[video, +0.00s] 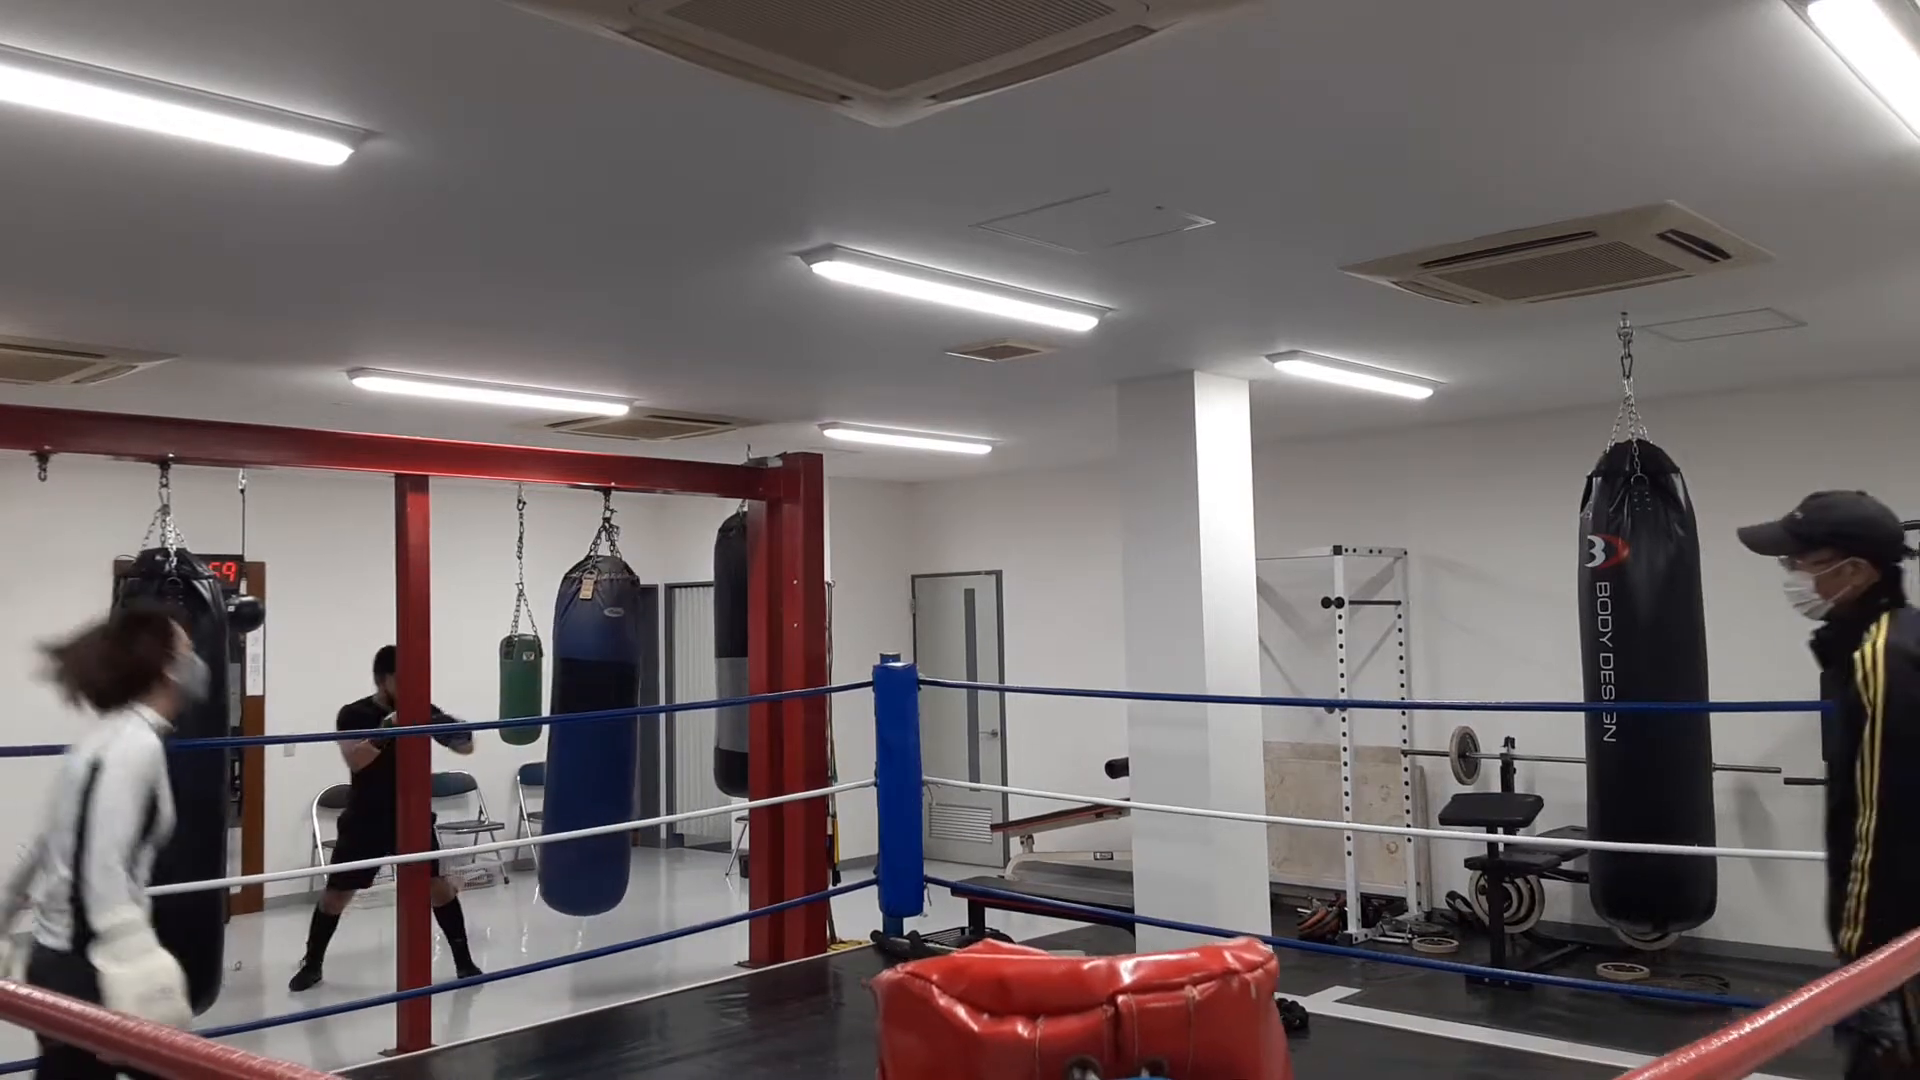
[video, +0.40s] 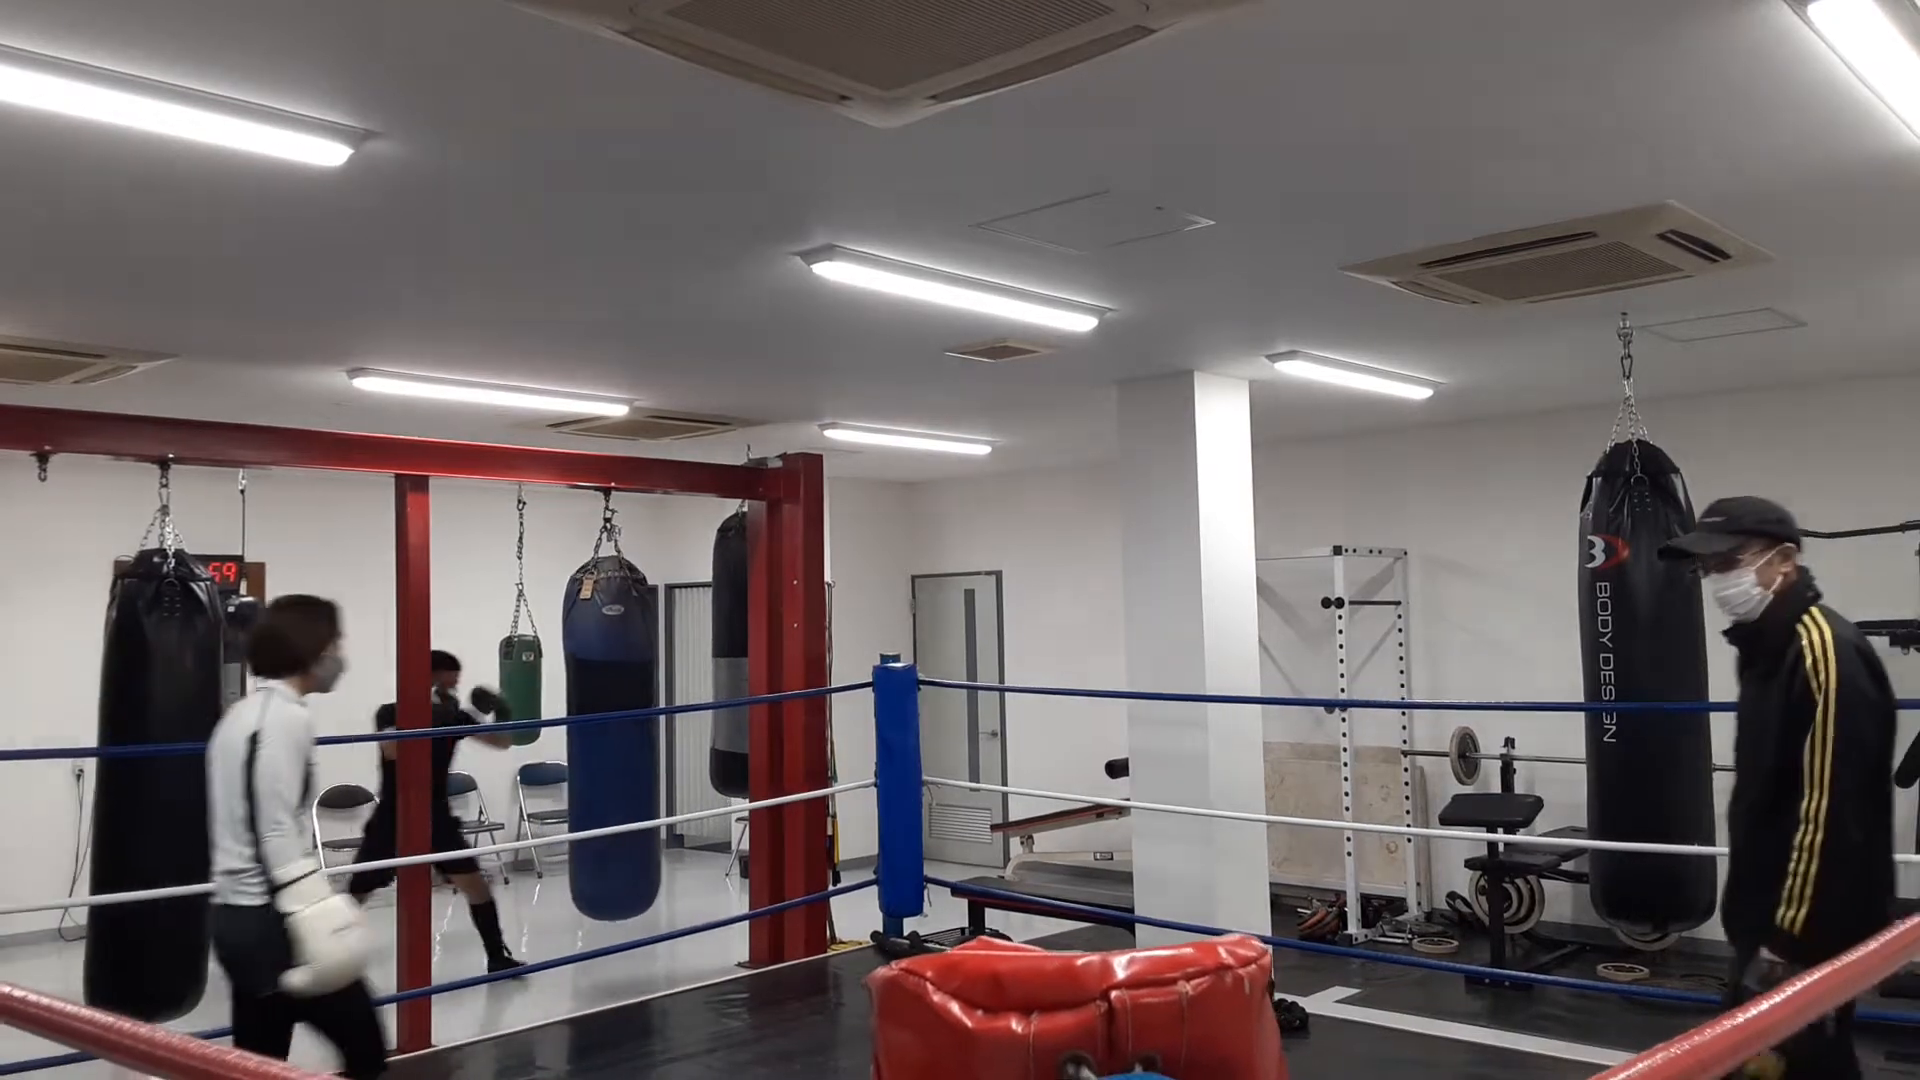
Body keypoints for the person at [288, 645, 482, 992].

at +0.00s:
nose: (406, 683)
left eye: (409, 676)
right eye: (399, 677)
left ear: (413, 679)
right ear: (382, 678)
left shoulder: (419, 710)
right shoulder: (355, 714)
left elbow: (465, 745)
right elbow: (354, 759)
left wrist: (451, 731)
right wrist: (388, 729)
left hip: (412, 817)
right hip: (365, 819)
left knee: (437, 885)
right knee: (337, 892)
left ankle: (463, 961)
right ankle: (312, 965)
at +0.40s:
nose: (452, 687)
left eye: (455, 682)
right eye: (447, 681)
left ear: (456, 681)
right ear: (427, 678)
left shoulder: (455, 717)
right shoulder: (391, 714)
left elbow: (502, 741)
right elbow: (392, 751)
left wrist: (499, 709)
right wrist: (434, 712)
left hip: (436, 819)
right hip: (391, 820)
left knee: (475, 884)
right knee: (356, 894)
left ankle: (498, 957)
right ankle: (326, 959)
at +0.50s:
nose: (469, 689)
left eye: (473, 682)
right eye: (463, 681)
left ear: (476, 681)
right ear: (442, 679)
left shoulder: (478, 712)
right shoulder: (420, 710)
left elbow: (521, 743)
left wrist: (504, 714)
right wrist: (432, 712)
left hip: (465, 812)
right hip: (421, 814)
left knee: (500, 882)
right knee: (396, 886)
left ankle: (511, 950)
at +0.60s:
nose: (485, 689)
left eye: (490, 681)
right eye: (477, 682)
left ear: (496, 680)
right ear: (461, 683)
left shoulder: (508, 714)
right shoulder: (444, 715)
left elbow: (556, 743)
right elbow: (433, 752)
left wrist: (532, 723)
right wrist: (454, 721)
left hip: (493, 815)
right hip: (451, 818)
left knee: (532, 881)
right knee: (422, 889)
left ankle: (560, 946)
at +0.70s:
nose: (509, 686)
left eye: (515, 678)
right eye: (501, 680)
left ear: (523, 678)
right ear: (488, 681)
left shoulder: (540, 709)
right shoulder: (474, 713)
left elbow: (583, 726)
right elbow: (450, 755)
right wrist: (473, 733)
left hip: (531, 810)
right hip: (487, 811)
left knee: (556, 881)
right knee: (461, 880)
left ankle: (580, 948)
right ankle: (459, 953)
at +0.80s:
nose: (532, 686)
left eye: (538, 678)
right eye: (525, 679)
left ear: (551, 675)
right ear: (515, 679)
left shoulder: (567, 707)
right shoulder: (502, 713)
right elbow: (487, 761)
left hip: (557, 805)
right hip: (512, 808)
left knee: (582, 876)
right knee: (507, 883)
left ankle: (621, 946)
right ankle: (502, 955)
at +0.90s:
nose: (565, 688)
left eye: (571, 681)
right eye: (558, 682)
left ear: (584, 682)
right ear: (548, 683)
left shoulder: (599, 714)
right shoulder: (540, 718)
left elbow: (619, 761)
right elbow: (531, 771)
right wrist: (535, 815)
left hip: (600, 812)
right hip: (555, 814)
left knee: (618, 879)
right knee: (545, 884)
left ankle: (640, 952)